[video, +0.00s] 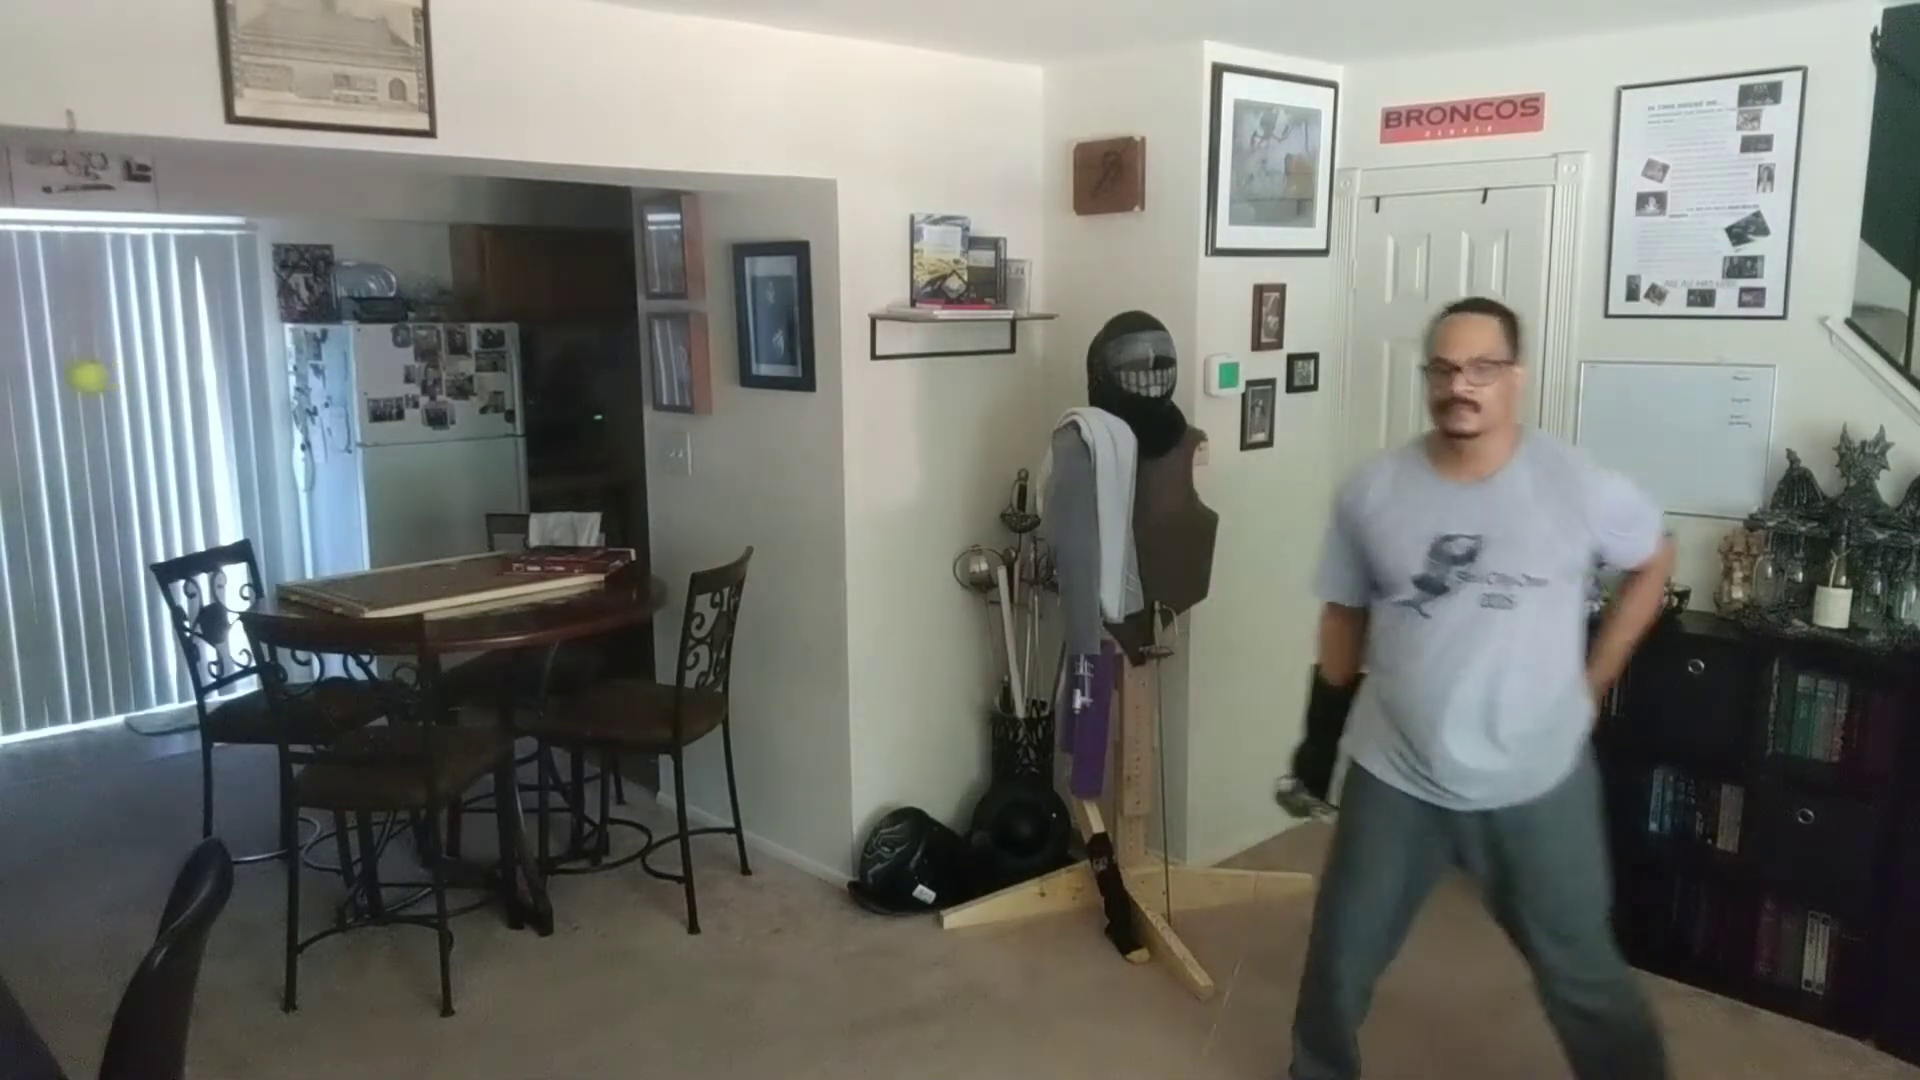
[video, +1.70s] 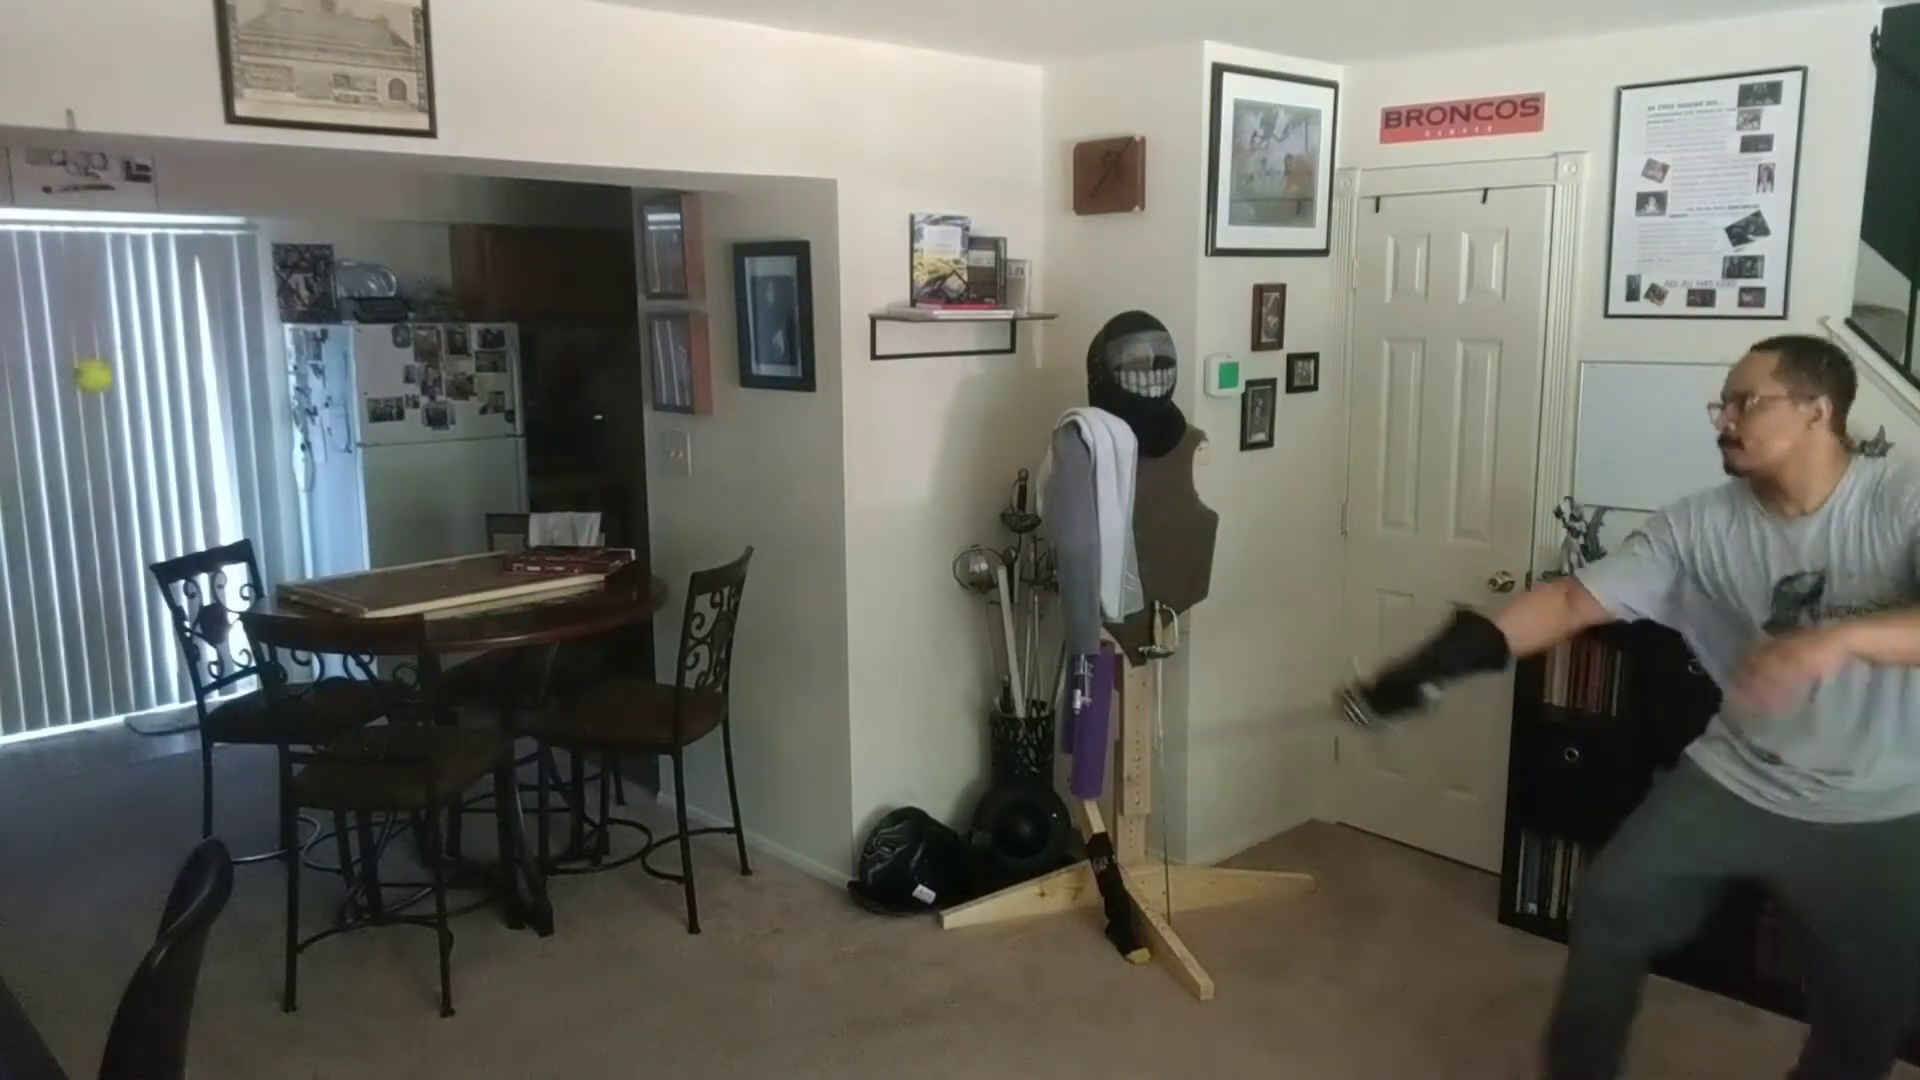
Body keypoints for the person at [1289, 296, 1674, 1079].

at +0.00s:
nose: (1458, 386)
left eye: (1480, 370)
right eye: (1442, 369)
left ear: (1518, 380)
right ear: (1424, 378)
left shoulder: (1575, 485)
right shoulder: (1372, 491)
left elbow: (1653, 559)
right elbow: (1343, 619)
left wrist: (1594, 682)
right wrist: (1319, 746)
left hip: (1539, 778)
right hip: (1398, 771)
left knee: (1583, 977)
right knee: (1337, 967)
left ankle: (1637, 1074)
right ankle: (1318, 1070)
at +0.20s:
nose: (1545, 405)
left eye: (1568, 388)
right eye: (1531, 387)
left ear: (1612, 393)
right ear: (1515, 392)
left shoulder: (1668, 498)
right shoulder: (1467, 499)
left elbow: (1772, 562)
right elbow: (1448, 622)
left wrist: (1698, 695)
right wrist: (1424, 738)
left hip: (1636, 802)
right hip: (1491, 791)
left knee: (1657, 1011)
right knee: (1413, 954)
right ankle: (1356, 1068)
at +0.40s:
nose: (1574, 398)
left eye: (1598, 382)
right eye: (1571, 380)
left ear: (1664, 393)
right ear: (1564, 381)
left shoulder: (1738, 487)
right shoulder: (1538, 492)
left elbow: (1870, 532)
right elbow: (1535, 617)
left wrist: (1788, 677)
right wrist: (1528, 731)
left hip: (1693, 800)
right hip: (1552, 781)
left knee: (1681, 1035)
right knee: (1505, 1009)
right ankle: (1497, 1068)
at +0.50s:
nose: (1587, 389)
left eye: (1608, 373)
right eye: (1587, 372)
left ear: (1675, 386)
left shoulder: (1763, 483)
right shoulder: (1565, 487)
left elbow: (1904, 518)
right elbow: (1560, 607)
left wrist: (1828, 657)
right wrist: (1563, 675)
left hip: (1716, 798)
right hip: (1579, 783)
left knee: (1696, 1022)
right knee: (1572, 1003)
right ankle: (1592, 1070)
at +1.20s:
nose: (1676, 370)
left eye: (1698, 356)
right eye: (1677, 354)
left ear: (1765, 367)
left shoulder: (1857, 470)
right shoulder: (1654, 486)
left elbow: (1916, 584)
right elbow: (1639, 628)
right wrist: (1623, 753)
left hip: (1814, 781)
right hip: (1686, 776)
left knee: (1792, 1016)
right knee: (1697, 1005)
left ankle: (1788, 1071)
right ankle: (1706, 1065)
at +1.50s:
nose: (1725, 387)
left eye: (1748, 370)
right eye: (1725, 370)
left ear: (1817, 380)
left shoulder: (1901, 487)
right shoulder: (1691, 501)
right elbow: (1609, 627)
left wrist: (1912, 734)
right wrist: (1547, 719)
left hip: (1857, 801)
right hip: (1710, 782)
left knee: (1843, 1016)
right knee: (1633, 925)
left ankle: (1809, 1074)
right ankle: (1683, 1069)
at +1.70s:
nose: (1723, 423)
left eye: (1745, 403)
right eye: (1724, 406)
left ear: (1817, 412)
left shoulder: (1901, 499)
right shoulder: (1701, 526)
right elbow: (1570, 601)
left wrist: (1843, 639)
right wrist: (1435, 660)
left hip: (1879, 812)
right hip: (1733, 782)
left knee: (1870, 1024)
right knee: (1613, 907)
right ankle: (1577, 1069)